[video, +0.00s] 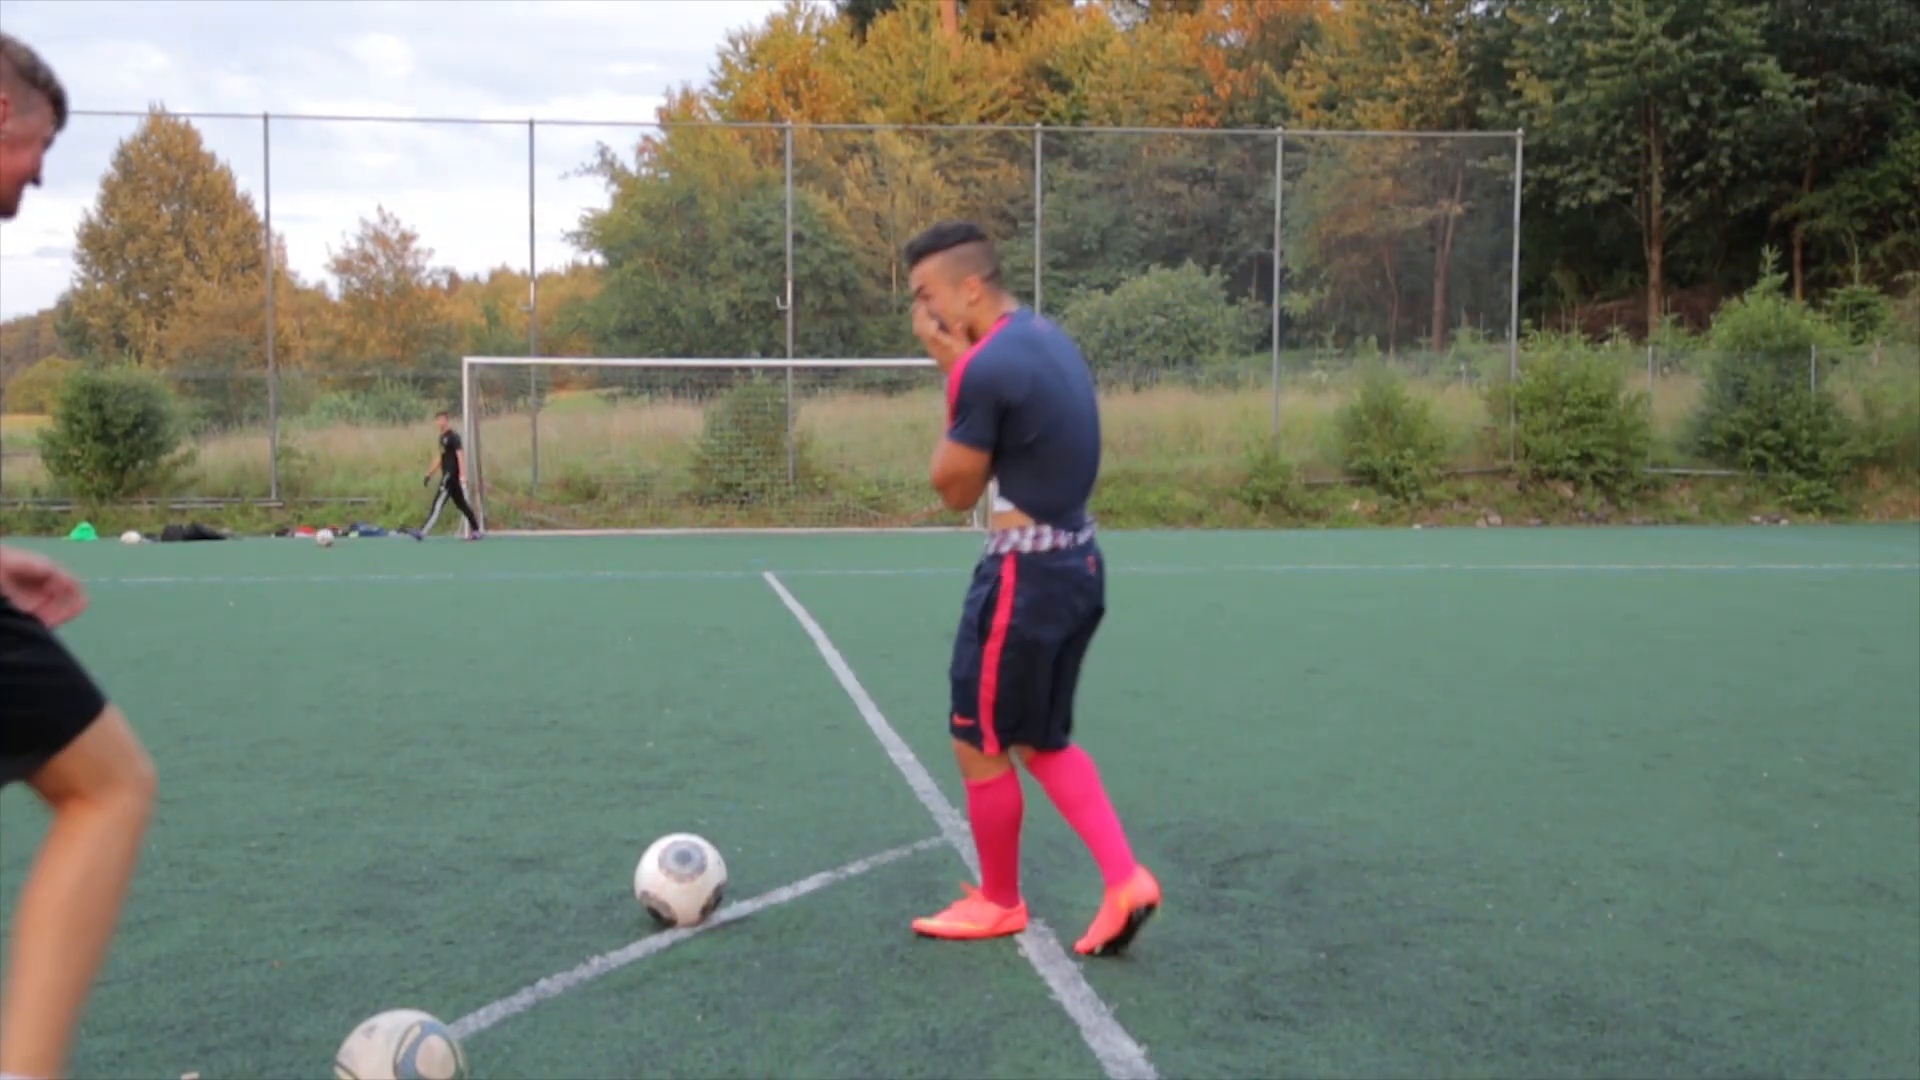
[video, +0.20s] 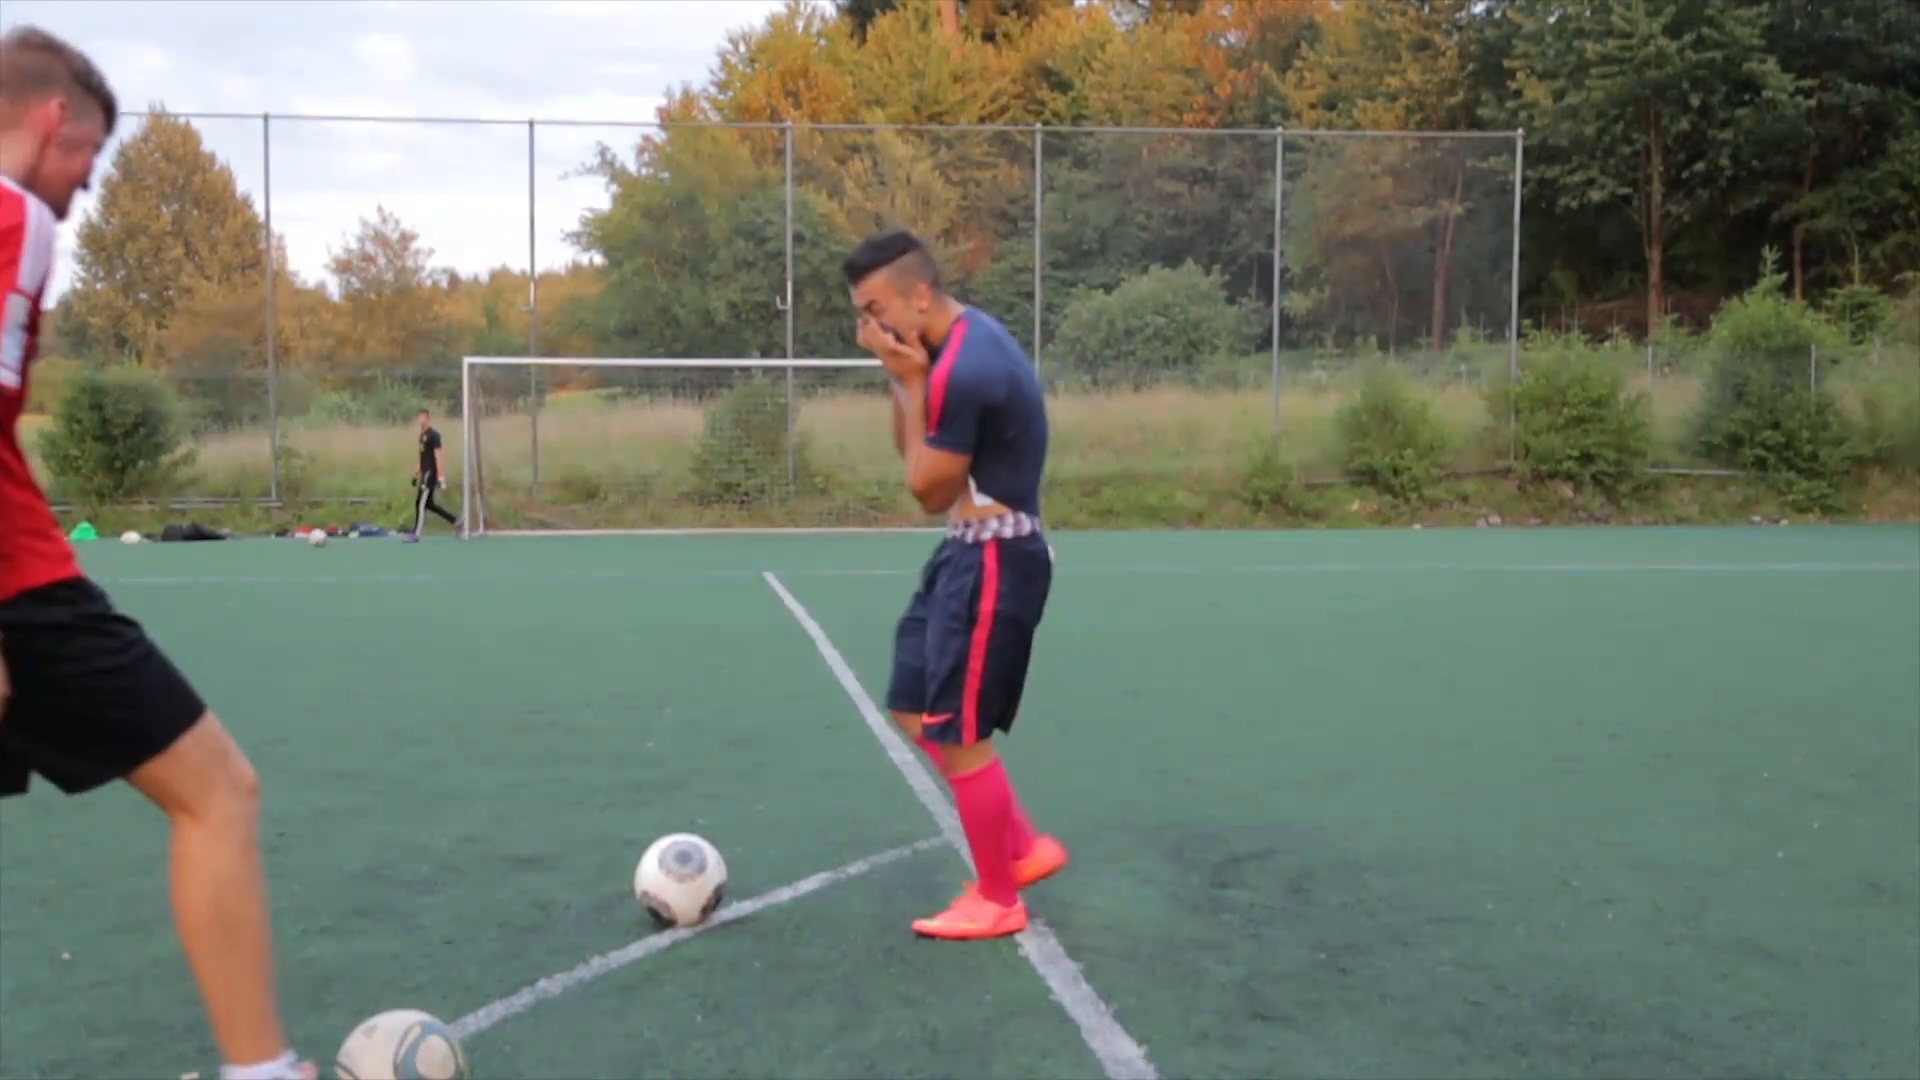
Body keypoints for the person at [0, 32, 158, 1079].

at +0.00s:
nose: (21, 196)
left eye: (28, 178)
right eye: (19, 174)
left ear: (29, 152)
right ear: (0, 136)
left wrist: (0, 559)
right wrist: (9, 563)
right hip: (8, 601)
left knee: (100, 783)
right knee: (110, 786)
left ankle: (30, 1058)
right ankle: (27, 1063)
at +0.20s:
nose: (85, 180)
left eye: (92, 159)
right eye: (86, 153)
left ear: (29, 122)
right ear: (47, 121)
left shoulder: (18, 223)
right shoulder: (17, 217)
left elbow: (10, 421)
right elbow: (7, 415)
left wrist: (30, 577)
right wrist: (15, 610)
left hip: (25, 580)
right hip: (23, 582)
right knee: (216, 790)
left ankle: (257, 1059)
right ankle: (260, 1065)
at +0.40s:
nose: (193, 186)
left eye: (198, 161)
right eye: (194, 158)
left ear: (102, 130)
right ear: (156, 133)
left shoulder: (20, 219)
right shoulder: (115, 234)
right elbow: (74, 433)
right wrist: (124, 632)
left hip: (16, 618)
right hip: (100, 610)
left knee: (8, 860)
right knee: (230, 836)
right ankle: (300, 1074)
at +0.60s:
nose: (312, 202)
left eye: (320, 184)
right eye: (319, 179)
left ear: (223, 139)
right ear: (294, 148)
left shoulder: (111, 236)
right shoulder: (265, 244)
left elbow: (40, 417)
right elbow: (236, 430)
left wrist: (7, 565)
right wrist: (272, 617)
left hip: (103, 595)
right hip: (208, 595)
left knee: (172, 822)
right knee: (283, 830)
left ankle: (15, 1042)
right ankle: (300, 1071)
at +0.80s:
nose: (379, 199)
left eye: (382, 186)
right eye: (384, 186)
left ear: (290, 152)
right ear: (364, 162)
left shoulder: (175, 235)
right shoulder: (365, 250)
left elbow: (111, 405)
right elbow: (367, 420)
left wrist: (124, 554)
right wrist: (402, 597)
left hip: (183, 573)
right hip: (296, 575)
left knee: (268, 750)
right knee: (315, 826)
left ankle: (233, 998)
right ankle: (299, 1068)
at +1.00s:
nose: (417, 220)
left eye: (419, 210)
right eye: (420, 208)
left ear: (328, 178)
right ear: (402, 185)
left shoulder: (229, 265)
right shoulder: (418, 266)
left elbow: (189, 432)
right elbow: (441, 434)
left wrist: (215, 573)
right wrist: (479, 596)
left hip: (263, 581)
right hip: (364, 578)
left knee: (337, 782)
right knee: (344, 837)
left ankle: (399, 948)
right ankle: (297, 1070)